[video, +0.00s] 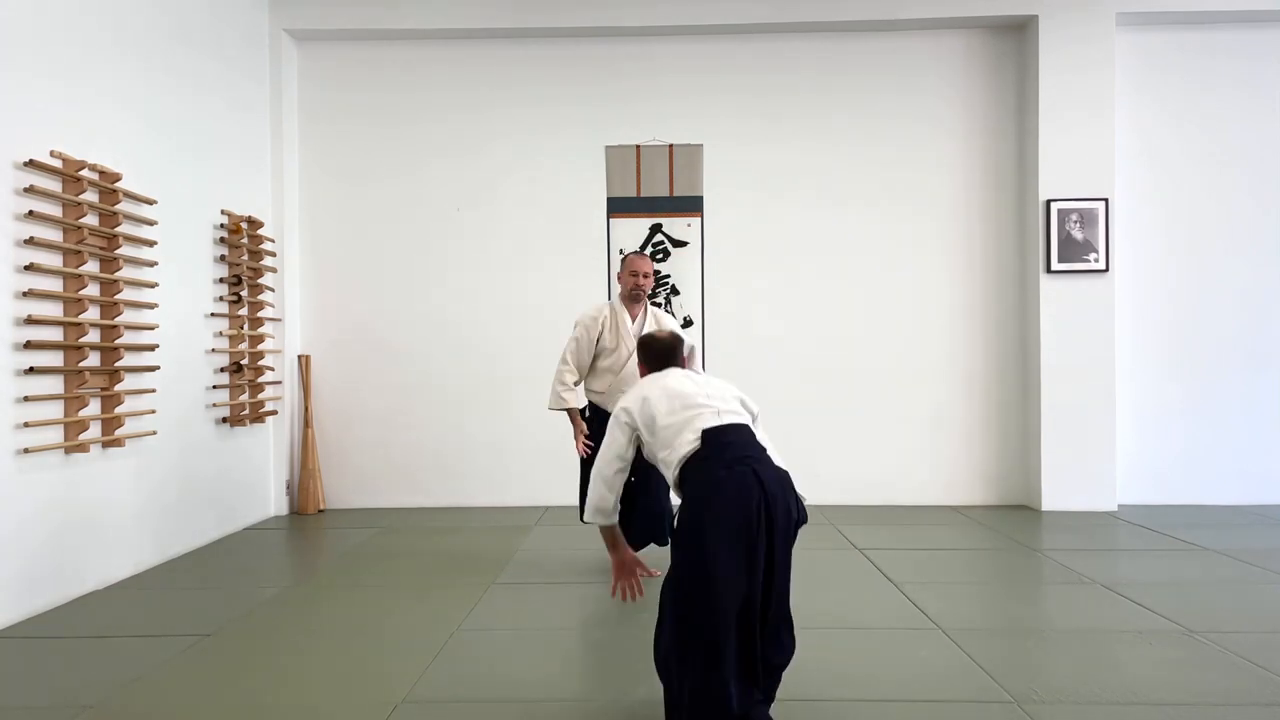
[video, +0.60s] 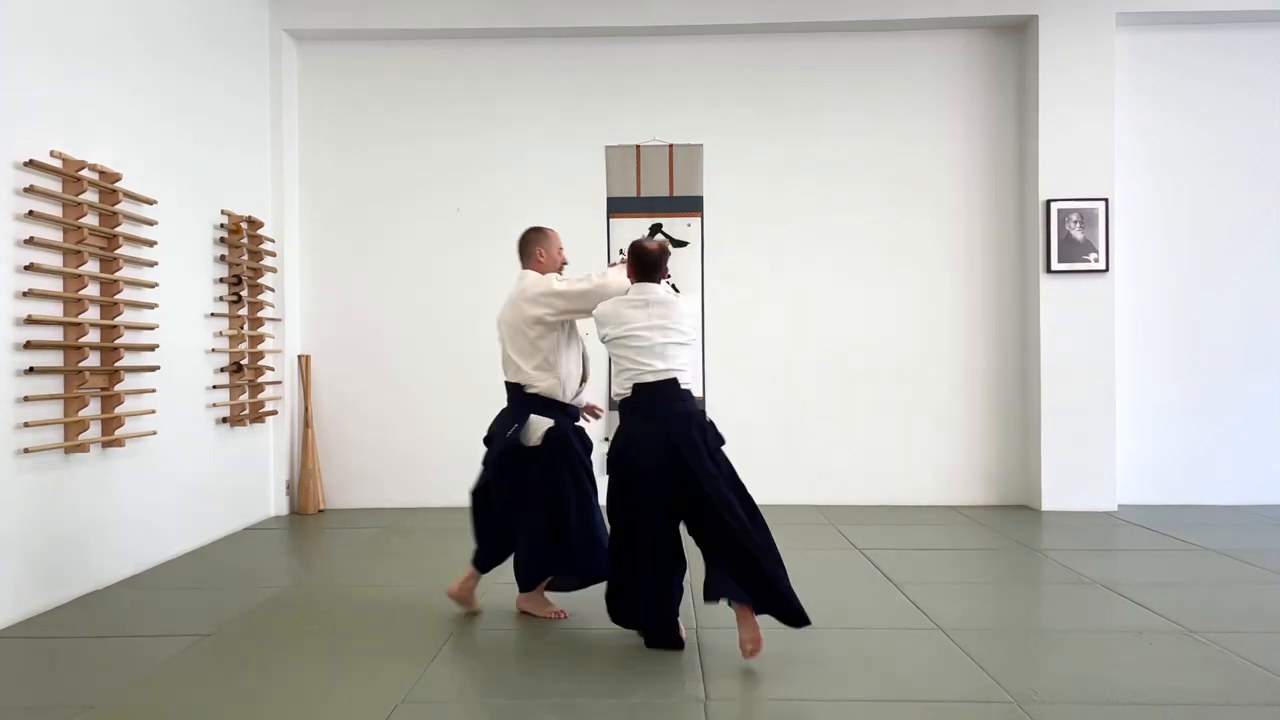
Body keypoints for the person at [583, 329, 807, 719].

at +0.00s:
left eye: (637, 365)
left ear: (640, 368)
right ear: (687, 361)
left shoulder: (636, 400)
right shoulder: (721, 386)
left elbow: (601, 492)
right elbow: (758, 447)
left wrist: (619, 552)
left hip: (717, 497)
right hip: (776, 493)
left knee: (693, 623)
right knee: (764, 612)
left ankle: (701, 707)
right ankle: (755, 706)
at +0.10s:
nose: (642, 343)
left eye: (643, 338)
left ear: (646, 342)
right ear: (692, 340)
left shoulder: (636, 376)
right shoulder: (724, 366)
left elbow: (591, 459)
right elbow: (782, 434)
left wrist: (608, 501)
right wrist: (793, 505)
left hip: (710, 480)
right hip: (770, 476)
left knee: (696, 607)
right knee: (757, 598)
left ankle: (713, 708)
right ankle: (756, 704)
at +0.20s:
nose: (646, 314)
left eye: (648, 309)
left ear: (653, 317)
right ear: (696, 315)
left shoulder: (637, 351)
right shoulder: (729, 347)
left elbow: (594, 414)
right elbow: (787, 408)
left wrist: (609, 460)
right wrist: (793, 473)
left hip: (697, 464)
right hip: (755, 461)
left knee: (706, 588)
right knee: (751, 579)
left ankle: (730, 704)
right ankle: (761, 695)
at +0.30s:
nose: (647, 296)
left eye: (649, 291)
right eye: (652, 290)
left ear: (656, 298)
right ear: (696, 298)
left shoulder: (637, 336)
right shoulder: (727, 333)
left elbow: (614, 407)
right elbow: (783, 392)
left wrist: (614, 431)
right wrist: (764, 439)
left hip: (681, 445)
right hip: (738, 443)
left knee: (699, 558)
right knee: (743, 551)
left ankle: (730, 682)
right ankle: (753, 672)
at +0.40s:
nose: (638, 283)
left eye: (640, 278)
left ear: (646, 283)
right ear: (685, 282)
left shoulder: (631, 325)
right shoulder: (713, 318)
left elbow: (616, 392)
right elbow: (751, 377)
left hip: (678, 433)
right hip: (729, 430)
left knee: (665, 533)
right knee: (736, 541)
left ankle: (707, 625)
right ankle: (754, 666)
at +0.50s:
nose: (626, 267)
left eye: (629, 262)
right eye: (678, 258)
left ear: (635, 271)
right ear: (676, 270)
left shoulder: (620, 313)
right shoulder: (699, 305)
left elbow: (619, 350)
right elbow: (696, 343)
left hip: (663, 428)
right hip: (711, 421)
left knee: (659, 528)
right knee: (728, 531)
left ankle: (670, 625)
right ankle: (750, 648)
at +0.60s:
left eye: (625, 262)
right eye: (668, 263)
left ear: (627, 271)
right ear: (666, 273)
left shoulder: (607, 311)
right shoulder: (686, 307)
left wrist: (634, 281)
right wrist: (657, 279)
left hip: (636, 423)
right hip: (685, 419)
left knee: (648, 525)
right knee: (715, 514)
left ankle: (664, 623)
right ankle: (739, 596)